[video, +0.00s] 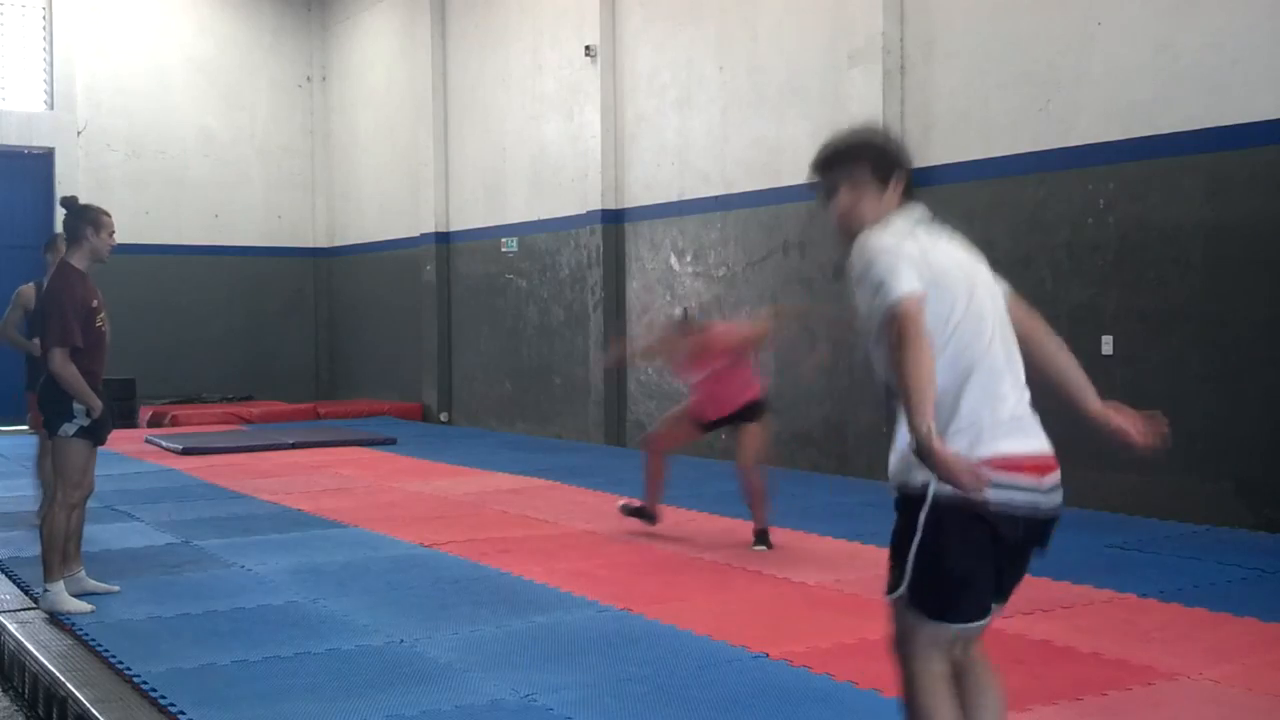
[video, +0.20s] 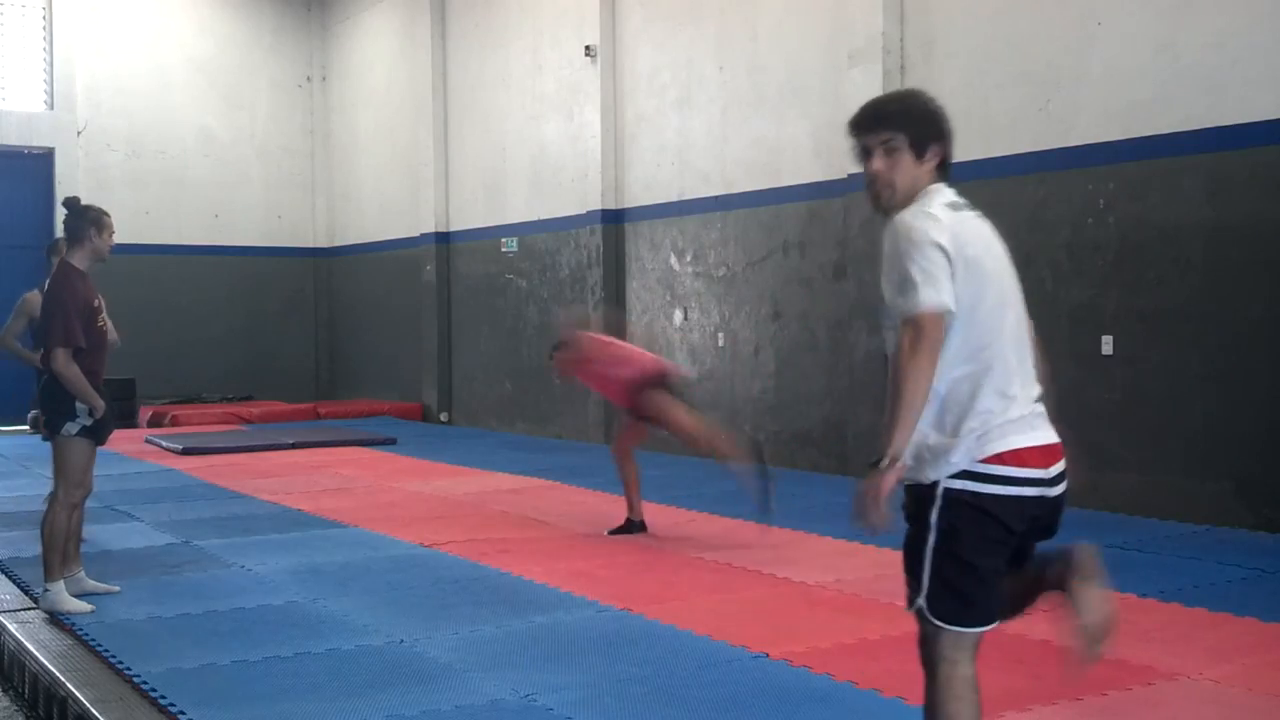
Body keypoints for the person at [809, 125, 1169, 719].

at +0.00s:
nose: (834, 209)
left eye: (841, 191)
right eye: (830, 194)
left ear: (887, 185)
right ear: (896, 187)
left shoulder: (881, 245)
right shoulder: (955, 247)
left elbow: (909, 326)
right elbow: (1029, 326)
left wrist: (924, 436)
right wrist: (1093, 405)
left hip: (957, 487)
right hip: (1029, 489)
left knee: (922, 652)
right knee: (964, 649)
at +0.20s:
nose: (870, 167)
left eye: (885, 151)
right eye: (865, 153)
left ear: (931, 155)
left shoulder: (915, 227)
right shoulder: (974, 225)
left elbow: (924, 333)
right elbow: (1023, 351)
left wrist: (892, 456)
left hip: (975, 476)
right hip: (1036, 471)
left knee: (947, 651)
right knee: (964, 606)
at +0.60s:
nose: (935, 164)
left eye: (936, 152)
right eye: (937, 151)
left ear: (946, 158)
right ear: (1012, 152)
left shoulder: (951, 240)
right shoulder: (1064, 227)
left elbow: (955, 371)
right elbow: (1093, 340)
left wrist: (915, 443)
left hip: (1013, 482)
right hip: (1094, 474)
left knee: (990, 666)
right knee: (1100, 639)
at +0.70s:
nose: (974, 163)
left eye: (976, 153)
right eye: (980, 151)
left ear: (983, 160)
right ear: (1051, 156)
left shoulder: (982, 241)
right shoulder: (1104, 232)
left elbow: (983, 367)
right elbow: (1137, 345)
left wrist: (950, 464)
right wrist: (1095, 409)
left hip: (1041, 483)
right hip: (1123, 475)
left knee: (1000, 656)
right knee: (1119, 639)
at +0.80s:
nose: (998, 169)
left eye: (998, 156)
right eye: (1001, 156)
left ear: (1008, 160)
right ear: (1076, 156)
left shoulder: (1002, 237)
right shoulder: (1128, 232)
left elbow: (1004, 359)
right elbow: (1160, 347)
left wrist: (983, 464)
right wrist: (1133, 426)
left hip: (1052, 480)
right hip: (1138, 476)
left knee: (1001, 647)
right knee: (1135, 646)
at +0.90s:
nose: (1014, 168)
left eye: (1014, 155)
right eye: (1015, 155)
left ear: (1027, 158)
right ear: (1093, 155)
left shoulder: (1017, 229)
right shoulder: (1141, 229)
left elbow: (1021, 348)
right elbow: (1173, 340)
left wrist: (1005, 456)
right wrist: (1171, 425)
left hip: (1062, 473)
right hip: (1145, 470)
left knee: (1007, 627)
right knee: (1138, 636)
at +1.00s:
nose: (1023, 166)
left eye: (1023, 153)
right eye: (1024, 153)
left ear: (1036, 157)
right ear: (1103, 155)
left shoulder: (1021, 227)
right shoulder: (1149, 230)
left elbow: (1023, 348)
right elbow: (1180, 341)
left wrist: (1002, 451)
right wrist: (1181, 428)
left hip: (1065, 473)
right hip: (1147, 469)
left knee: (1033, 630)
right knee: (1136, 633)